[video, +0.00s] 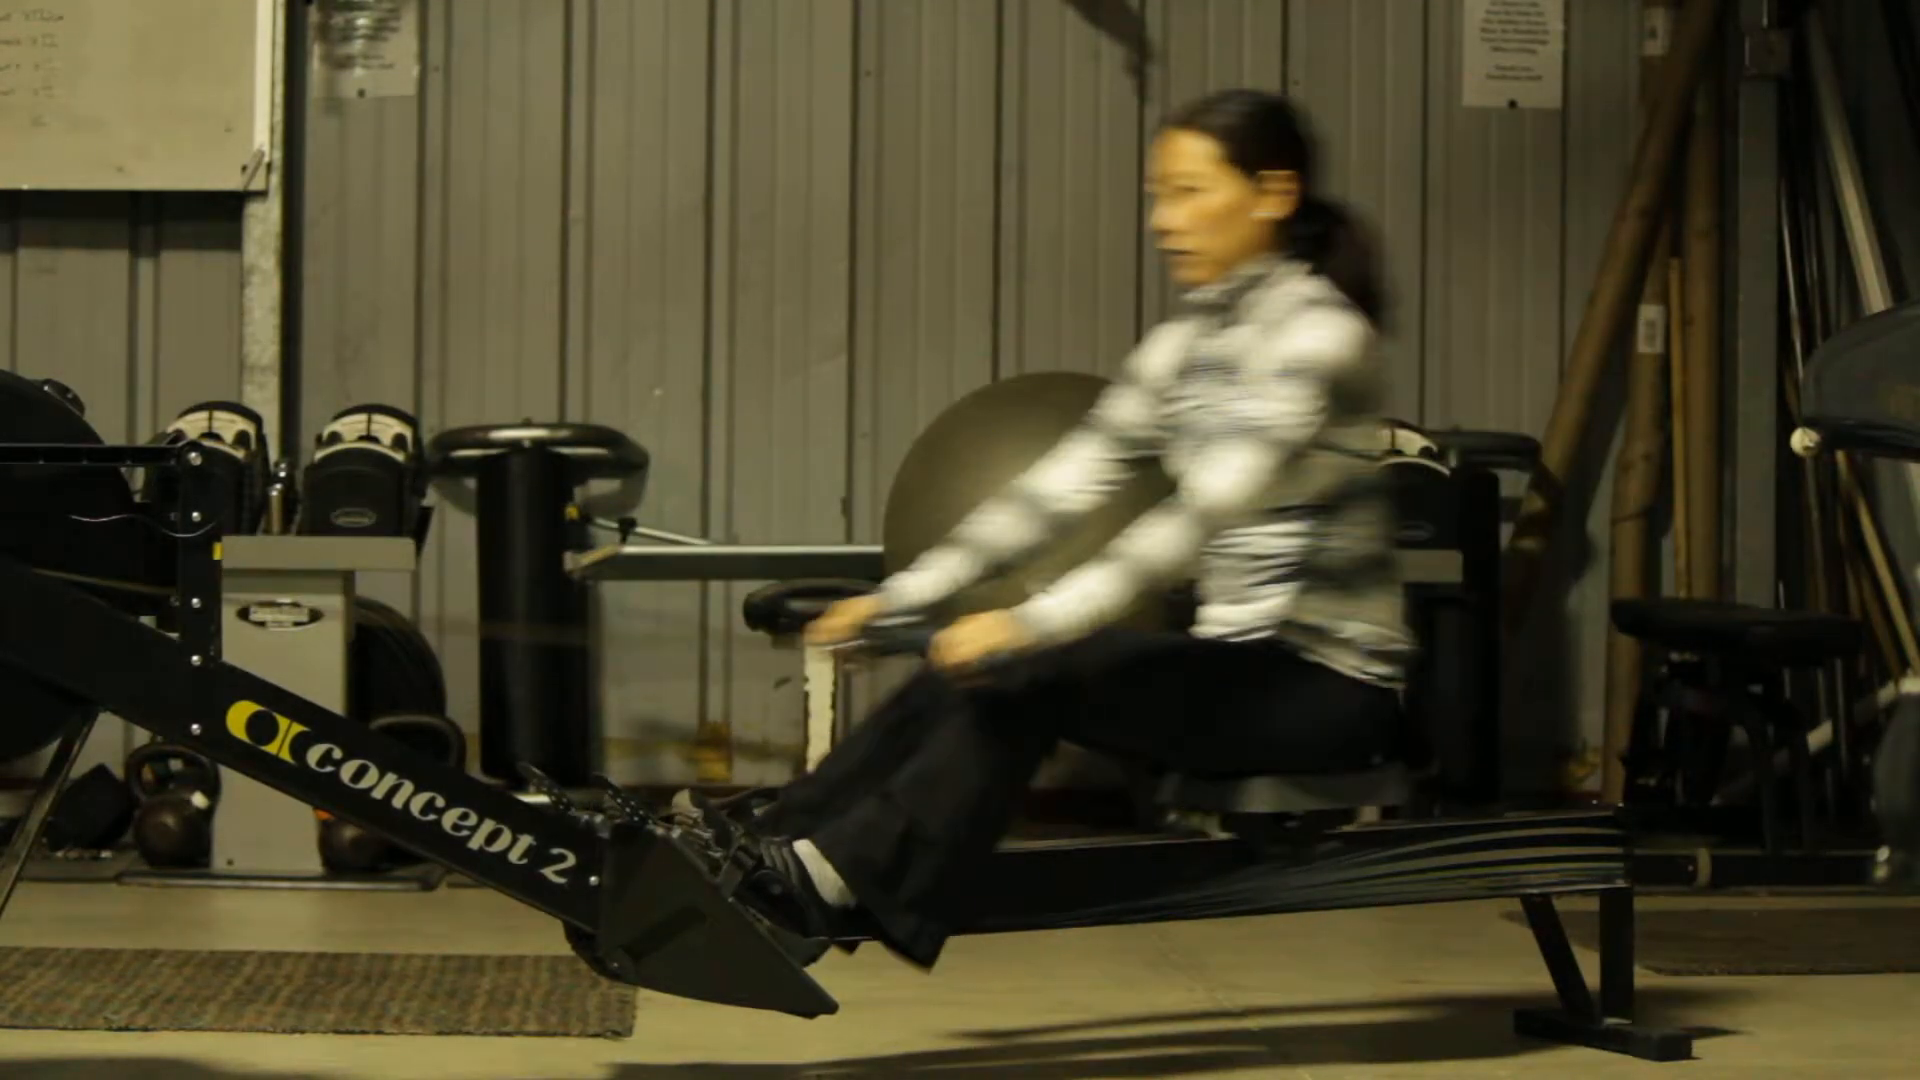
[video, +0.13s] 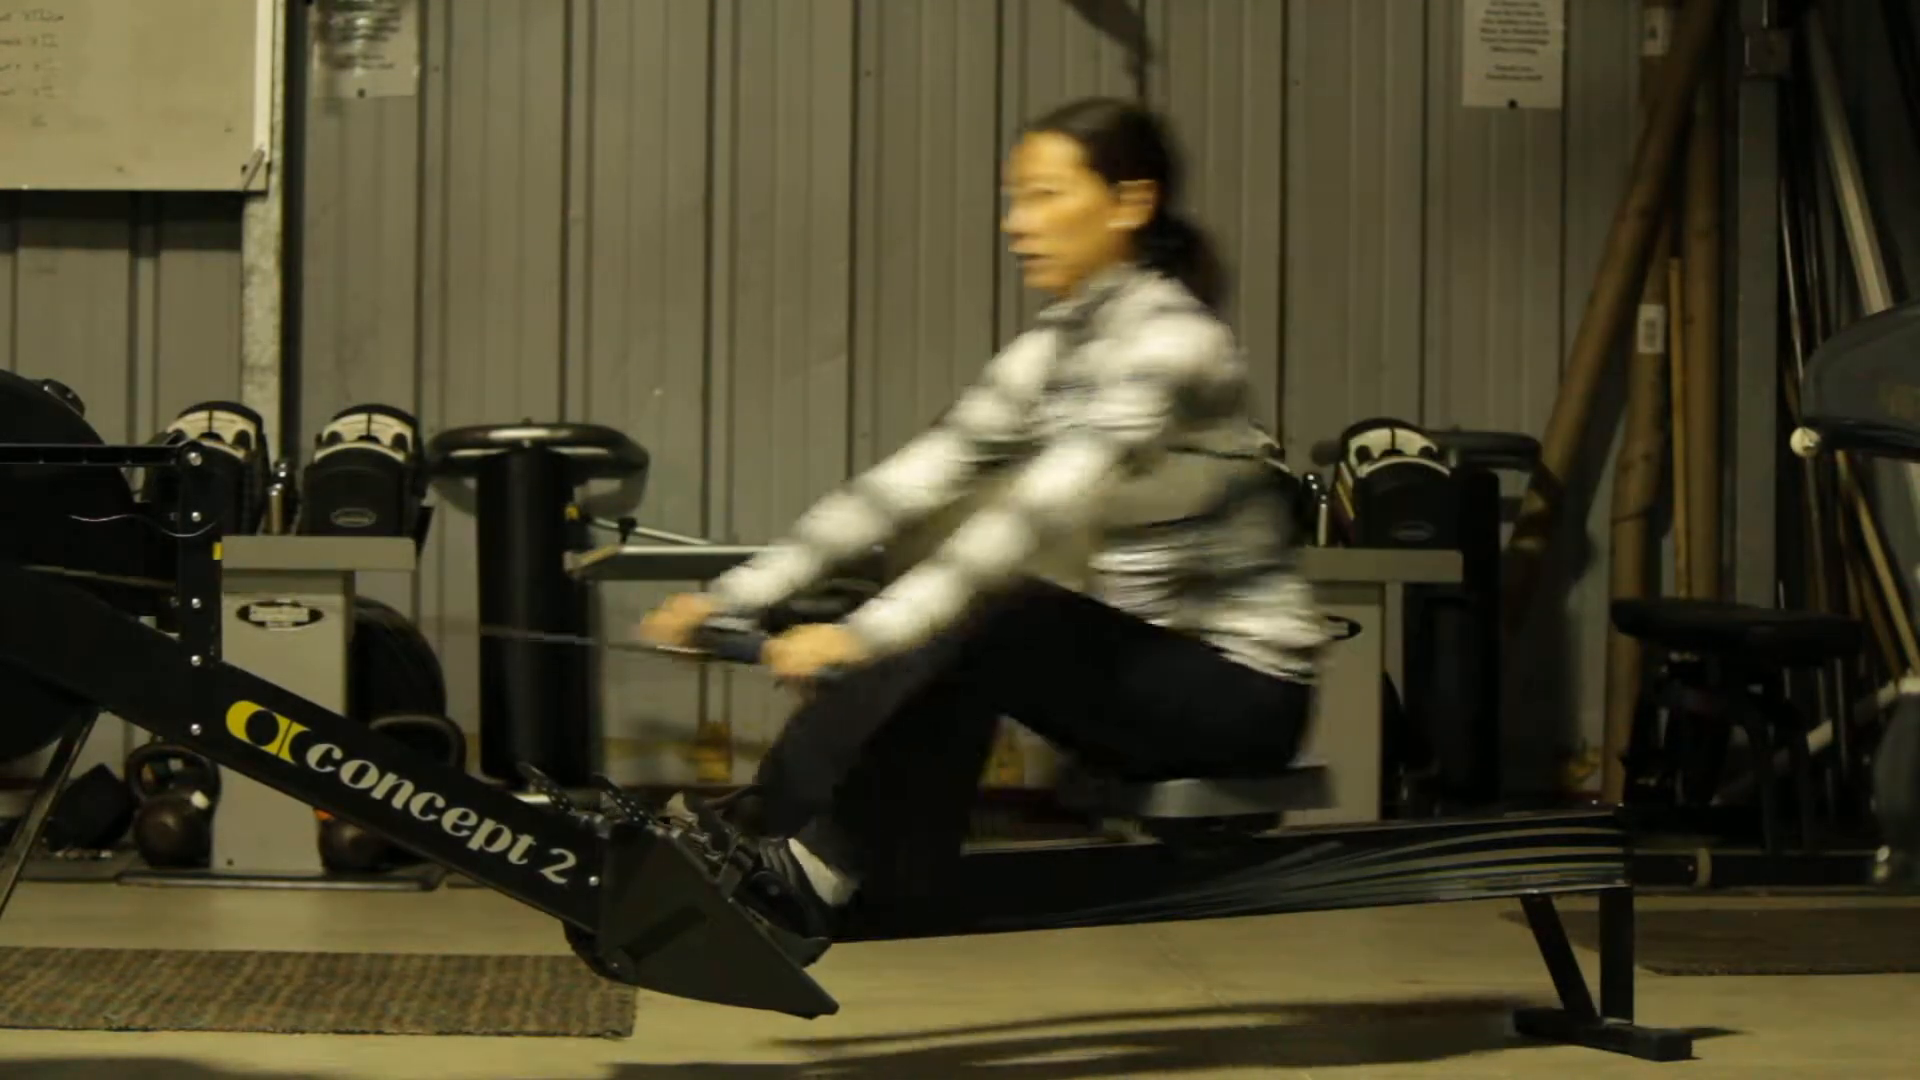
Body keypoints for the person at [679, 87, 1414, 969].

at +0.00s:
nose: (1164, 220)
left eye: (1189, 193)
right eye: (1160, 196)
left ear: (1275, 196)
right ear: (1156, 197)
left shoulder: (1321, 334)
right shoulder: (1182, 341)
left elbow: (1198, 518)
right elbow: (1061, 487)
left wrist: (1032, 622)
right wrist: (892, 600)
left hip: (1332, 681)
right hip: (1230, 659)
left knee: (1022, 686)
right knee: (966, 663)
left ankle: (827, 884)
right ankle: (766, 849)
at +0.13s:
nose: (1016, 225)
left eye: (1044, 197)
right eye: (1014, 202)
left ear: (1134, 203)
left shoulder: (1173, 341)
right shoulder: (1054, 342)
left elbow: (1037, 512)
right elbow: (921, 476)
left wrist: (867, 633)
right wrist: (735, 596)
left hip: (1242, 688)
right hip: (1146, 666)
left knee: (988, 629)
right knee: (935, 621)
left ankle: (836, 867)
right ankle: (771, 825)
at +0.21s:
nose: (922, 230)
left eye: (950, 202)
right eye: (922, 206)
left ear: (1039, 210)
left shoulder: (1080, 347)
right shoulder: (969, 349)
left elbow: (931, 519)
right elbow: (823, 472)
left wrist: (754, 616)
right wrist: (623, 576)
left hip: (1180, 696)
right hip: (1095, 687)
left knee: (937, 589)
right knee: (888, 589)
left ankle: (752, 833)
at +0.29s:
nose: (832, 235)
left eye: (860, 207)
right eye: (833, 210)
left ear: (946, 221)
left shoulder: (989, 354)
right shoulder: (887, 352)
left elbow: (838, 504)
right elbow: (733, 463)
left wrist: (644, 596)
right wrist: (521, 554)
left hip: (1118, 689)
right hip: (1036, 678)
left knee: (879, 575)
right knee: (818, 582)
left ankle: (795, 866)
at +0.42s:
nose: (713, 251)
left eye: (738, 226)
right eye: (716, 228)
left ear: (828, 236)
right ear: (789, 243)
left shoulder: (881, 361)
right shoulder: (771, 373)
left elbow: (712, 484)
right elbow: (603, 457)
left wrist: (501, 566)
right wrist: (384, 521)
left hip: (1031, 692)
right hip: (941, 687)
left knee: (802, 550)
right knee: (736, 546)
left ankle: (778, 866)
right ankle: (688, 832)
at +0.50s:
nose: (655, 262)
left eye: (682, 236)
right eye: (661, 238)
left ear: (770, 249)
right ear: (742, 254)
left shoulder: (827, 368)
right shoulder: (719, 382)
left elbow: (658, 481)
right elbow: (548, 458)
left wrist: (436, 549)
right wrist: (321, 515)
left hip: (989, 694)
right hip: (896, 689)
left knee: (761, 543)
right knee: (696, 543)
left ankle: (782, 865)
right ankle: (691, 842)